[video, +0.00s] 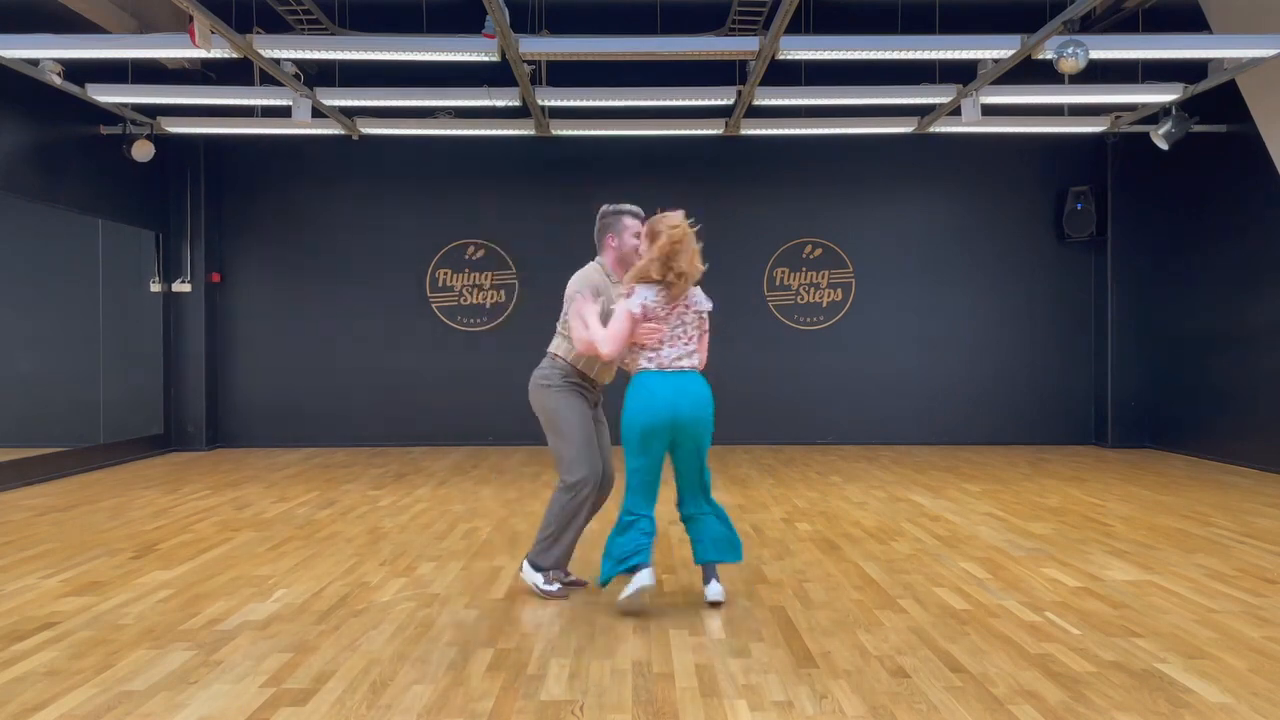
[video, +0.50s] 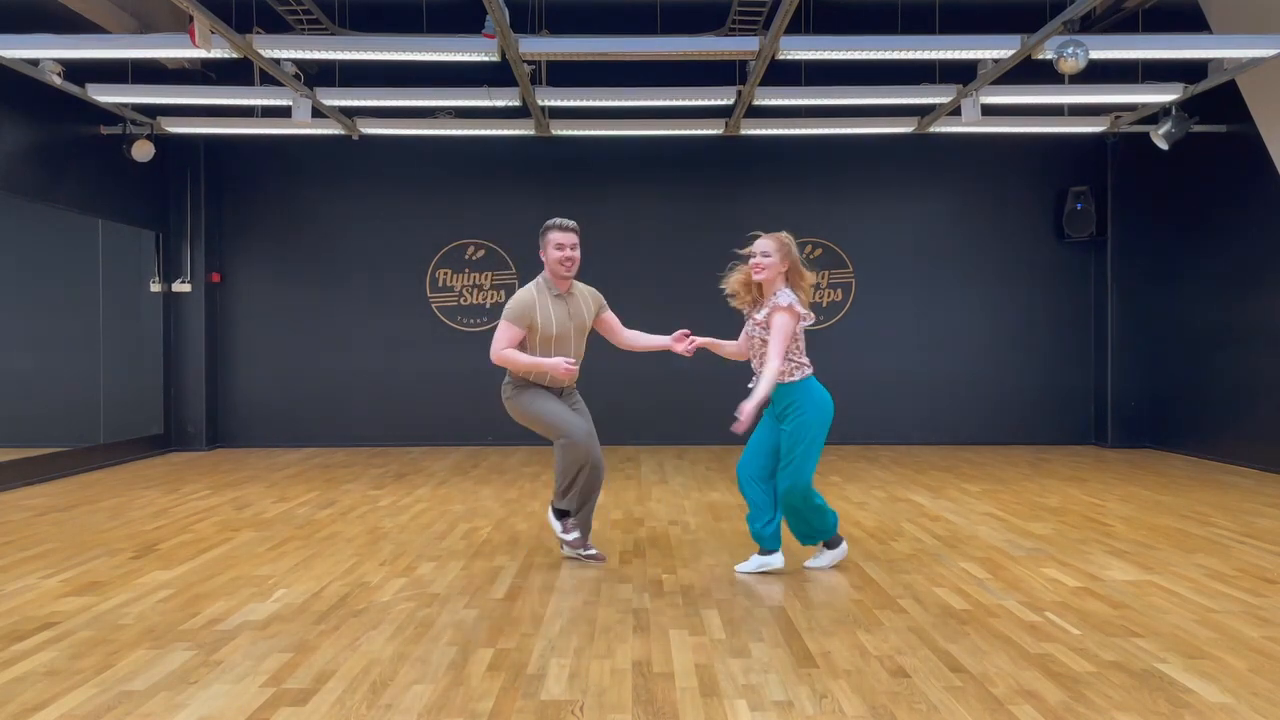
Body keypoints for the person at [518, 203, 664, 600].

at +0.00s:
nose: (644, 245)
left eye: (644, 237)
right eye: (636, 237)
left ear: (625, 242)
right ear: (612, 241)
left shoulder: (630, 290)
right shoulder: (586, 280)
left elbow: (630, 356)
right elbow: (586, 342)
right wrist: (626, 338)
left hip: (589, 390)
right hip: (558, 381)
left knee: (602, 478)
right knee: (582, 474)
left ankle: (553, 563)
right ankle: (538, 564)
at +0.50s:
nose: (568, 254)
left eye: (573, 247)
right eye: (559, 248)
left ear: (580, 253)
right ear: (543, 254)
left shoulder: (589, 298)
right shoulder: (526, 300)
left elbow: (623, 336)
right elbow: (499, 353)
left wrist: (669, 341)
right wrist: (546, 364)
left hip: (568, 392)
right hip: (526, 389)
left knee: (594, 463)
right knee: (576, 433)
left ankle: (575, 538)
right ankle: (562, 510)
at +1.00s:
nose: (549, 252)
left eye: (554, 244)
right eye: (540, 245)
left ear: (562, 248)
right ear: (527, 251)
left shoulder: (571, 288)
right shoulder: (512, 281)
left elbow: (602, 326)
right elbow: (484, 325)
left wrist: (646, 329)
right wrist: (523, 347)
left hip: (524, 378)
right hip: (489, 373)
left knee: (563, 433)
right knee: (518, 446)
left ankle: (540, 511)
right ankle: (490, 523)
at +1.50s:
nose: (623, 256)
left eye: (622, 251)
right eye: (622, 251)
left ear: (590, 254)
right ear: (618, 252)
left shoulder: (579, 290)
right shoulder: (621, 284)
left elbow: (592, 337)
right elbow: (662, 322)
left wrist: (633, 342)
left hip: (576, 379)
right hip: (611, 382)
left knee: (575, 454)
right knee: (649, 450)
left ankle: (548, 519)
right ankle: (641, 520)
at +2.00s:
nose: (612, 277)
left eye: (611, 271)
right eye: (608, 272)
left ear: (578, 279)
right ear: (594, 278)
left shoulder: (574, 313)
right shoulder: (598, 320)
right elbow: (626, 364)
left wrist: (650, 340)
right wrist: (656, 344)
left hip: (553, 404)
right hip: (564, 410)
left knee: (565, 481)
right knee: (621, 468)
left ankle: (533, 542)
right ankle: (577, 533)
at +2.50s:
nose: (542, 258)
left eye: (540, 252)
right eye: (535, 253)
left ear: (507, 263)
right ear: (514, 261)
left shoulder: (488, 296)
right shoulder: (536, 299)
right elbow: (581, 340)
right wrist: (624, 335)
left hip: (464, 393)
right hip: (494, 390)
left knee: (516, 463)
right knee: (538, 467)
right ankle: (495, 551)